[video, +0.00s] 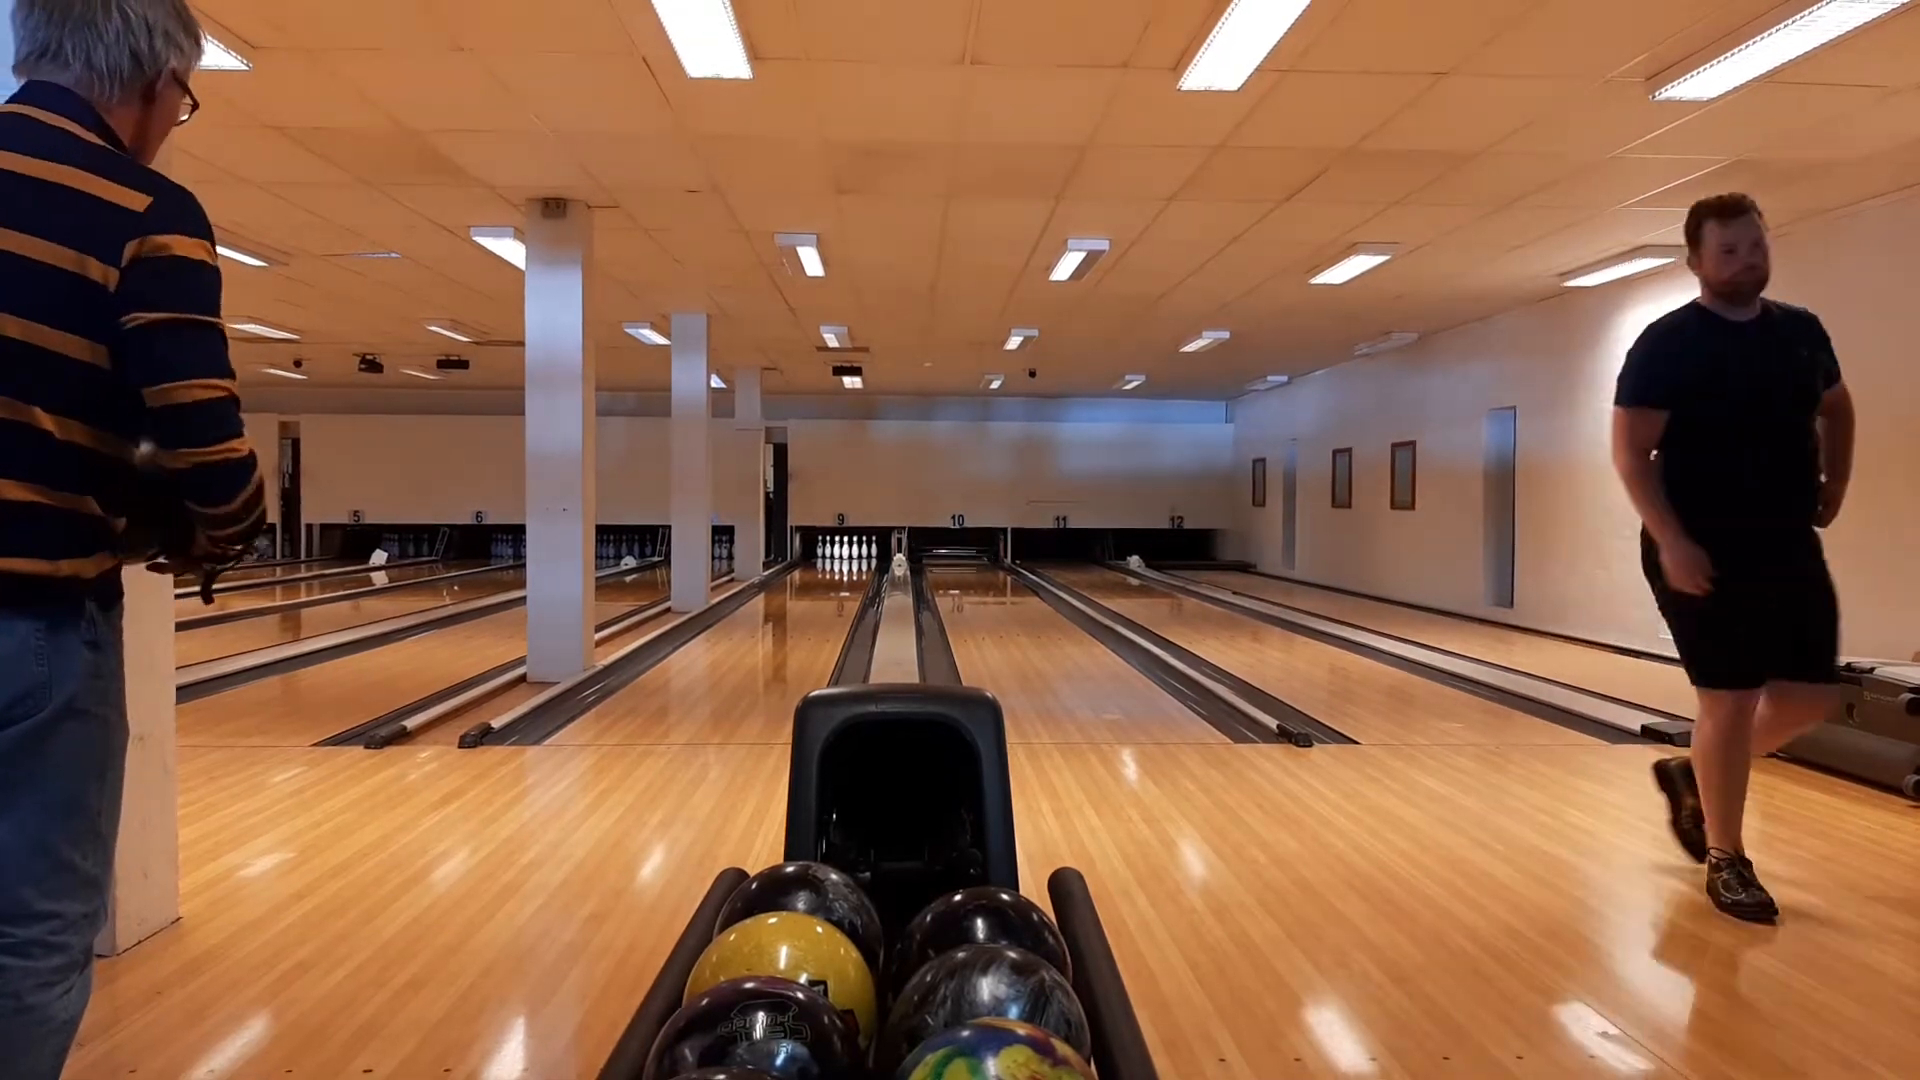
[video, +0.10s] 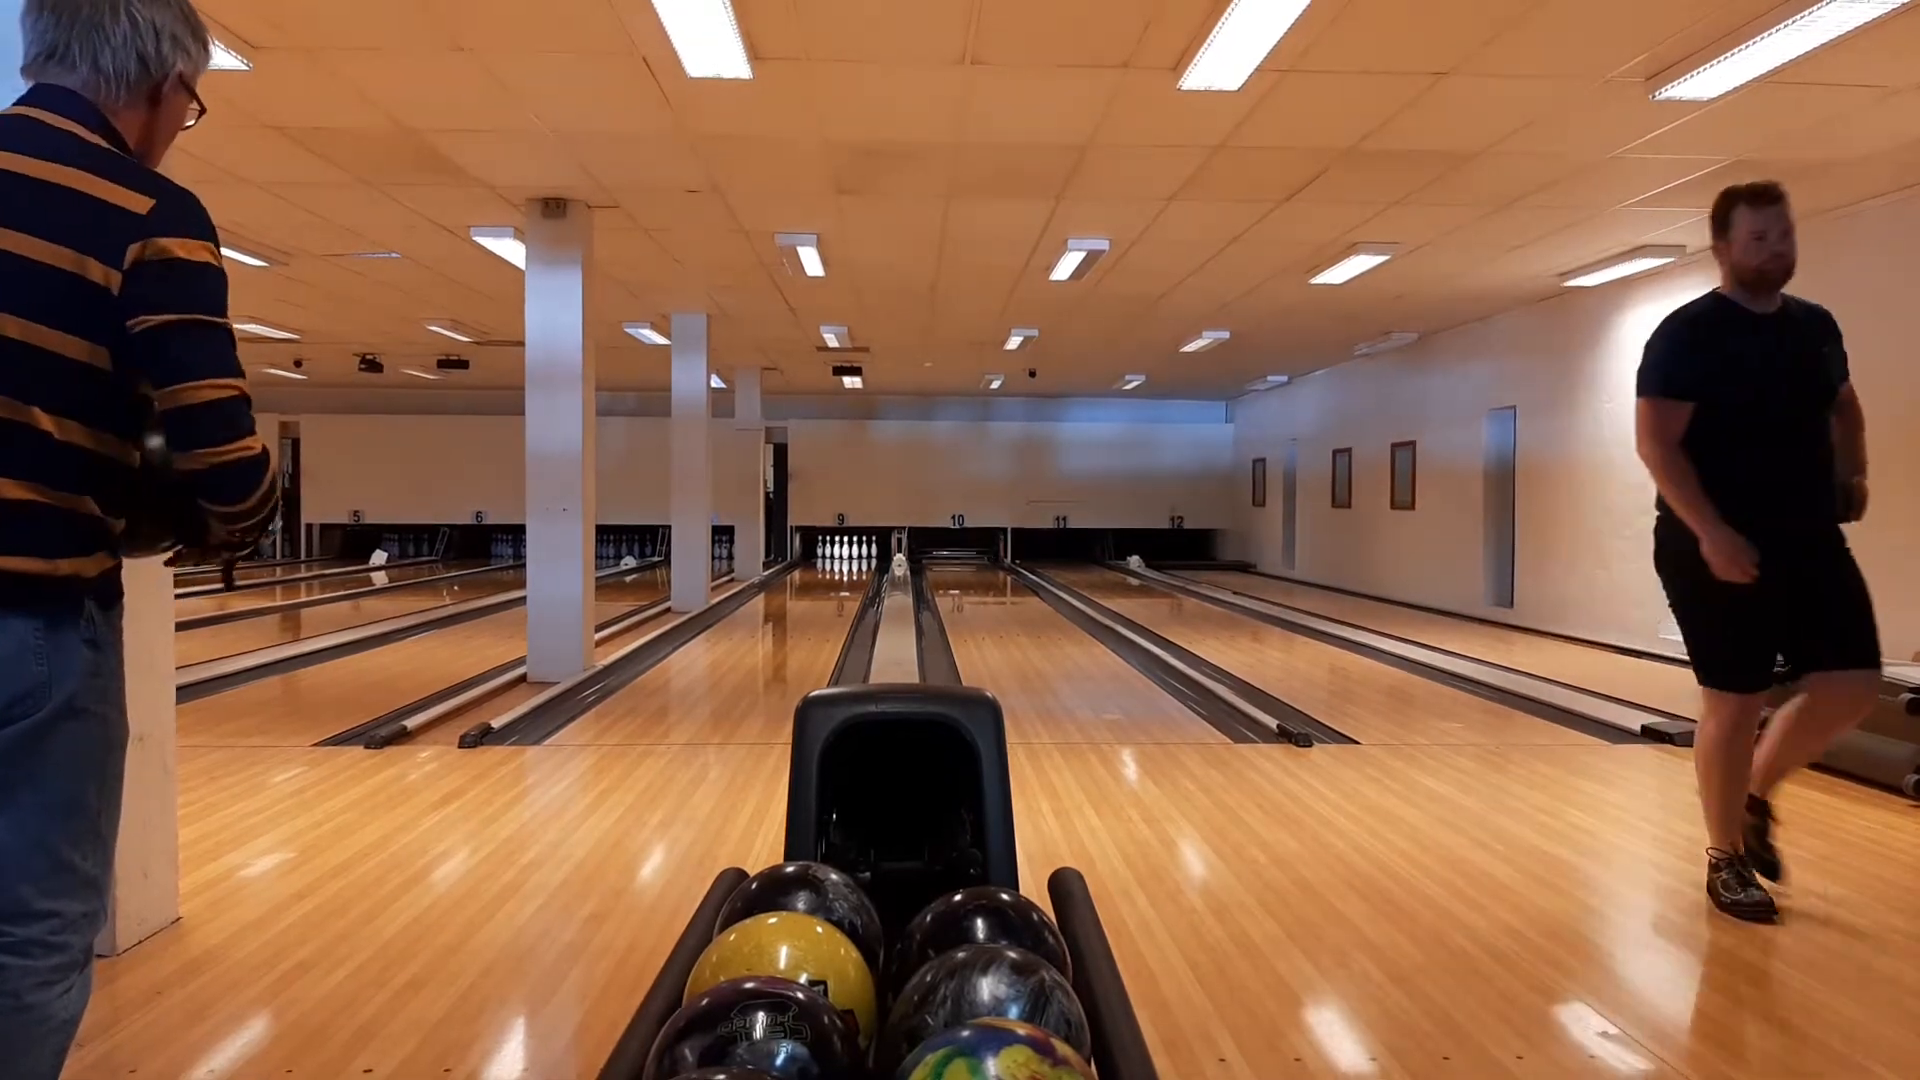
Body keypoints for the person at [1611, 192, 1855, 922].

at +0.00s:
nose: (1748, 256)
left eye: (1756, 244)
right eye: (1730, 248)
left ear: (1769, 250)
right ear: (1696, 262)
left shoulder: (1800, 332)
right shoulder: (1665, 342)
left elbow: (1837, 407)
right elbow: (1630, 453)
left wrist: (1834, 488)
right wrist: (1671, 542)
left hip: (1786, 534)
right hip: (1699, 540)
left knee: (1808, 698)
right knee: (1726, 698)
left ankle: (1694, 772)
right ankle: (1725, 859)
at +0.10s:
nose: (1778, 246)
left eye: (1784, 233)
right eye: (1760, 236)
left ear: (1794, 241)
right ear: (1721, 248)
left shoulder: (1815, 329)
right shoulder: (1684, 334)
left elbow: (1844, 408)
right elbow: (1654, 443)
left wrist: (1853, 474)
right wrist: (1711, 534)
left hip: (1804, 530)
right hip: (1710, 535)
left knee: (1849, 685)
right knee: (1734, 696)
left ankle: (1750, 790)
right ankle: (1724, 855)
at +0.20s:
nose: (1813, 242)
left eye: (1819, 231)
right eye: (1797, 230)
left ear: (1827, 239)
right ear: (1754, 237)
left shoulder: (1831, 326)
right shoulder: (1709, 324)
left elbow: (1851, 408)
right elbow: (1676, 434)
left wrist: (1869, 473)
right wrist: (1745, 521)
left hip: (1826, 528)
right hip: (1727, 534)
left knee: (1871, 681)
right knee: (1740, 695)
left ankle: (1823, 847)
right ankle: (1726, 859)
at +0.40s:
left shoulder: (1896, 341)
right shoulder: (1767, 327)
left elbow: (1897, 438)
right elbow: (1728, 431)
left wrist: (1904, 526)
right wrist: (1802, 524)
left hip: (1876, 539)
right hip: (1772, 538)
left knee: (1899, 721)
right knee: (1765, 710)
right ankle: (1729, 857)